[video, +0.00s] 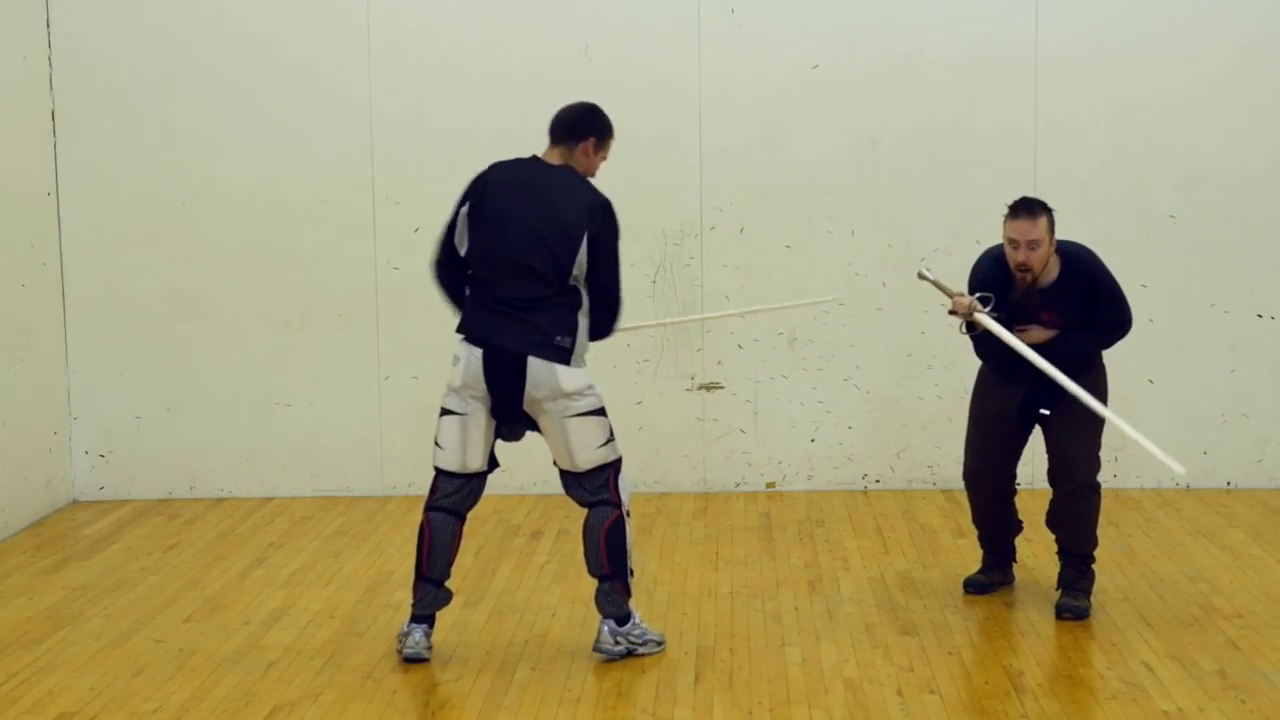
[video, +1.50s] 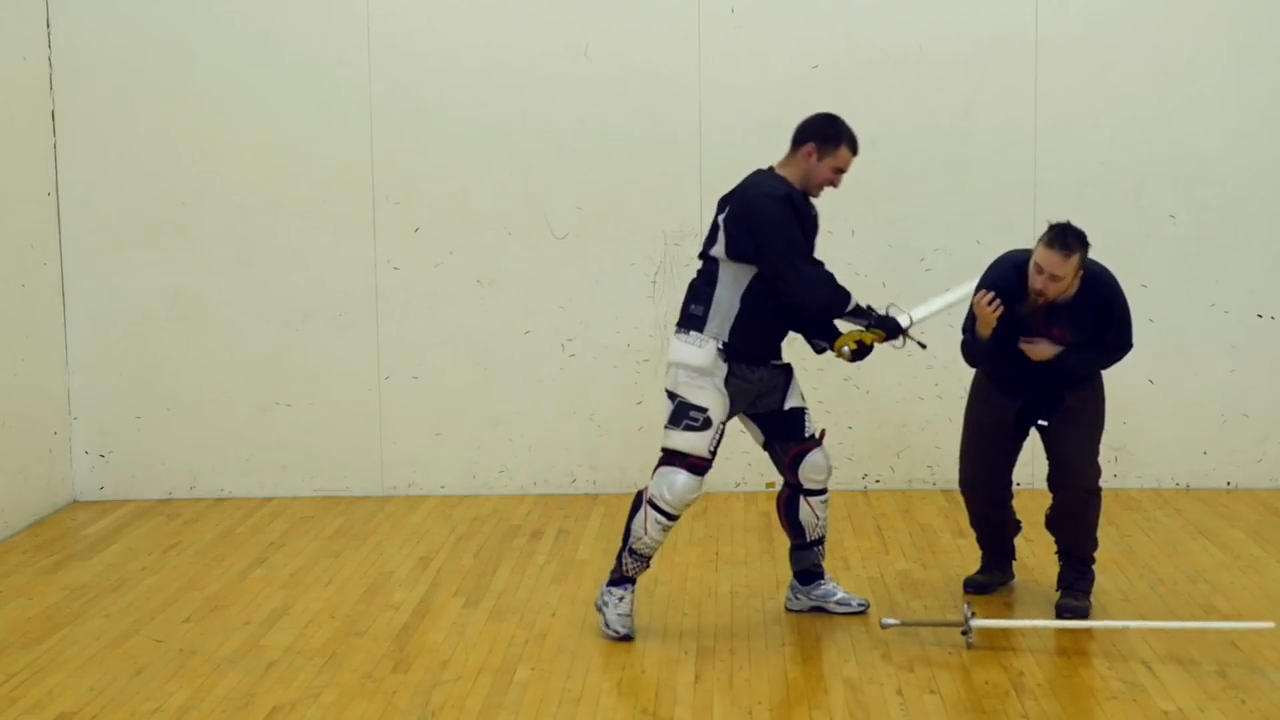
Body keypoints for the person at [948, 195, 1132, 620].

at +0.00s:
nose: (1022, 257)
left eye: (1033, 246)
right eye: (1014, 245)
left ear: (1052, 242)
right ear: (1004, 239)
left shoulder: (1082, 266)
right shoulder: (990, 269)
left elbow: (1119, 322)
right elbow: (991, 353)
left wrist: (1054, 338)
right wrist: (974, 321)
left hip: (1074, 377)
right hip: (1005, 374)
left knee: (1075, 475)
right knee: (984, 470)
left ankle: (1075, 581)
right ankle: (997, 563)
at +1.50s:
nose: (1042, 284)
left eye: (1055, 279)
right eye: (1038, 271)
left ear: (1078, 276)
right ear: (1031, 257)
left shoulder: (1101, 290)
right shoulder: (1003, 275)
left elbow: (1119, 344)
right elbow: (973, 357)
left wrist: (1060, 354)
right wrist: (980, 334)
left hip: (1073, 388)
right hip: (1002, 380)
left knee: (1077, 480)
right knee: (979, 476)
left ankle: (1075, 582)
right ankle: (996, 562)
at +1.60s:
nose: (1049, 320)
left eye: (1060, 317)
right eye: (1046, 309)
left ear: (1082, 306)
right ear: (1041, 285)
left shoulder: (1109, 303)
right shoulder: (1012, 282)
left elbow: (1121, 356)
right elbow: (961, 358)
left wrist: (1092, 378)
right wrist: (974, 336)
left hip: (1076, 397)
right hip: (1004, 386)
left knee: (1079, 483)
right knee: (977, 477)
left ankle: (1075, 582)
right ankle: (994, 561)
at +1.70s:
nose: (1059, 358)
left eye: (1068, 355)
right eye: (1053, 350)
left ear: (1091, 330)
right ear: (1042, 319)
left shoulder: (1114, 311)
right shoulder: (1013, 306)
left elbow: (1141, 359)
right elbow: (952, 360)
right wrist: (969, 340)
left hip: (1081, 405)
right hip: (1008, 398)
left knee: (1088, 492)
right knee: (977, 490)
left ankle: (1076, 584)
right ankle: (971, 532)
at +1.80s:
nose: (1071, 375)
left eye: (1079, 368)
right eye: (1063, 368)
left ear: (1094, 342)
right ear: (1047, 348)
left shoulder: (1120, 344)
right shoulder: (1016, 341)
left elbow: (1165, 393)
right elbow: (948, 383)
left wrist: (1186, 385)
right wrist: (975, 348)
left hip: (1085, 433)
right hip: (1013, 429)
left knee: (1094, 501)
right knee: (987, 530)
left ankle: (1075, 587)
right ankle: (965, 538)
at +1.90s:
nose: (1079, 406)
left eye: (1087, 396)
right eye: (1068, 397)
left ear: (1099, 379)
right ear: (1051, 382)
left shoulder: (1118, 391)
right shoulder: (1022, 385)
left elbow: (1182, 443)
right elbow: (955, 439)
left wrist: (1196, 424)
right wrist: (993, 416)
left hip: (1083, 477)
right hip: (1015, 479)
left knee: (1108, 506)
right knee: (986, 580)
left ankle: (1074, 588)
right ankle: (966, 534)